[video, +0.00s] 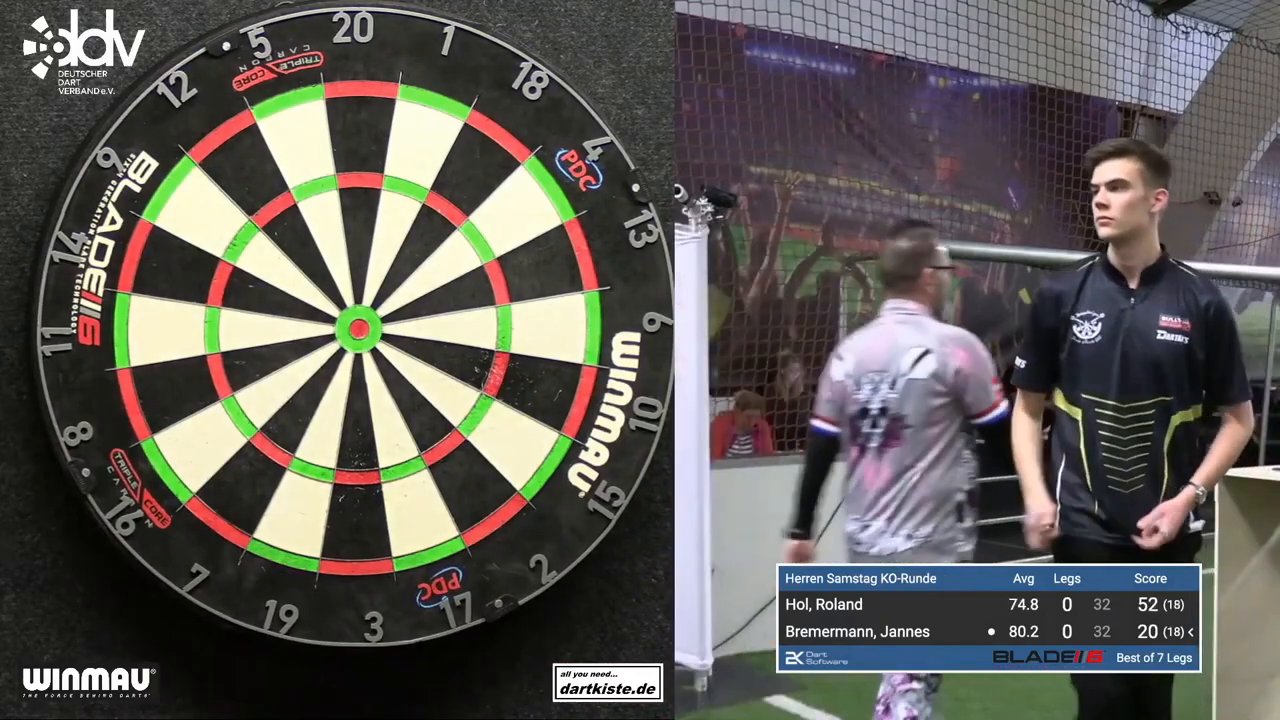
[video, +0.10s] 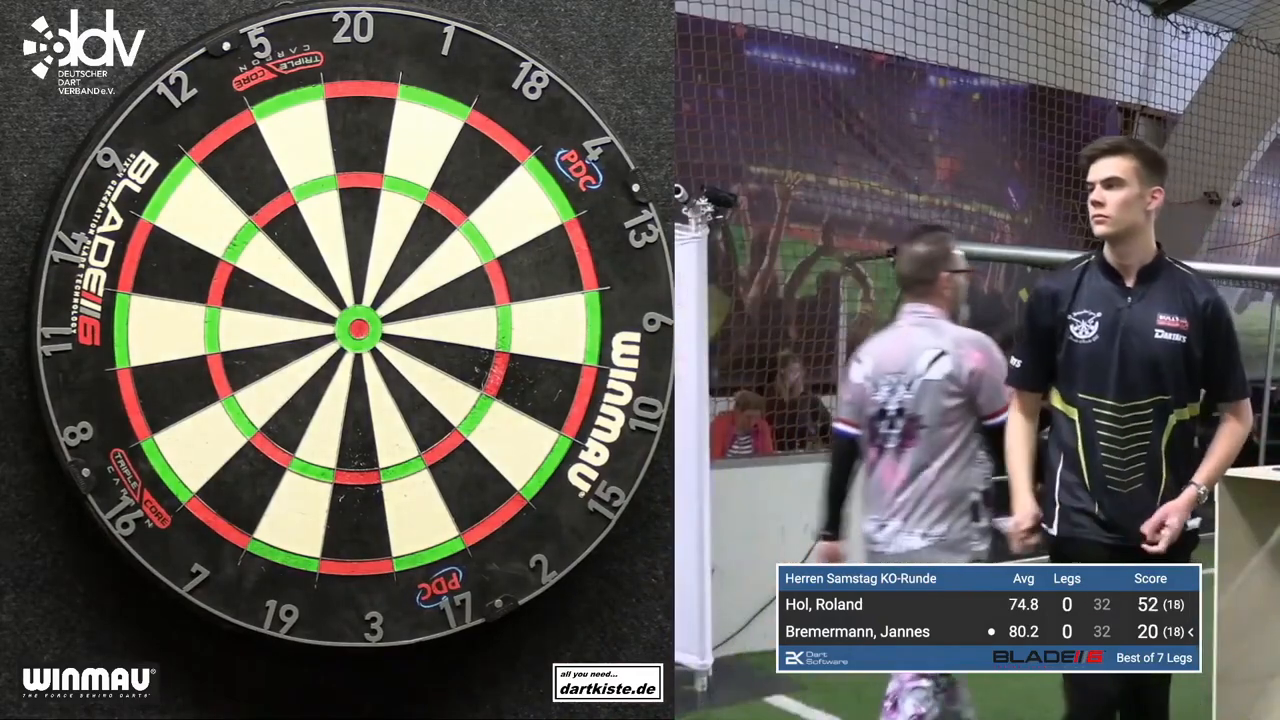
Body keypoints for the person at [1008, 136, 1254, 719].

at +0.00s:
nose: (1100, 200)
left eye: (1116, 188)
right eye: (1095, 190)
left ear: (1158, 201)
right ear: (1089, 203)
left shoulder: (1202, 305)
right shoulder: (1058, 298)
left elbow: (1239, 419)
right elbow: (1028, 409)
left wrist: (1186, 499)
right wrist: (1035, 496)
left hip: (1167, 536)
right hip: (1082, 533)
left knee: (1153, 693)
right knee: (1098, 694)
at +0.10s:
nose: (1095, 198)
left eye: (1111, 186)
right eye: (1090, 188)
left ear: (1153, 199)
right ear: (1085, 201)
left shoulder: (1199, 303)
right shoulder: (1053, 296)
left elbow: (1238, 415)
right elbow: (1024, 407)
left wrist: (1189, 499)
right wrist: (1022, 498)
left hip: (1164, 536)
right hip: (1079, 533)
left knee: (1149, 697)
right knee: (1089, 698)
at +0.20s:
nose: (1089, 197)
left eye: (1105, 184)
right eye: (1084, 187)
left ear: (1148, 197)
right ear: (1078, 199)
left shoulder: (1194, 299)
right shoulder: (1049, 296)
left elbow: (1235, 412)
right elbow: (1018, 409)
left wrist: (1190, 497)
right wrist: (1009, 503)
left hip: (1161, 536)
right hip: (1074, 534)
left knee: (1146, 696)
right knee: (1074, 696)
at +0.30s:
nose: (1074, 195)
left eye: (1091, 182)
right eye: (1069, 185)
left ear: (1135, 194)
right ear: (1064, 196)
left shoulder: (1182, 296)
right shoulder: (1038, 296)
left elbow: (1226, 408)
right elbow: (1005, 411)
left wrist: (1189, 496)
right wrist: (984, 511)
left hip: (1151, 536)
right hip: (1063, 537)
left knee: (1144, 702)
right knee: (1064, 701)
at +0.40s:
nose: (1060, 192)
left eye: (1077, 180)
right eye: (1056, 183)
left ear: (1122, 192)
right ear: (1050, 194)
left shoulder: (1170, 293)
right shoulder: (1027, 294)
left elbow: (1217, 403)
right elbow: (993, 414)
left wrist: (1187, 495)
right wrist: (967, 521)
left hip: (1145, 538)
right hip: (1058, 539)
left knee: (1141, 704)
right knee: (1060, 703)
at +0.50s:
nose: (1036, 190)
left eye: (1053, 176)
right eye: (1031, 180)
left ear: (1100, 188)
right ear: (1027, 193)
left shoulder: (1154, 289)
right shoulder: (1007, 296)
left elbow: (1207, 397)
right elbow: (974, 424)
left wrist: (1180, 495)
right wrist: (939, 530)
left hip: (1141, 534)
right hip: (1052, 538)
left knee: (1147, 698)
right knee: (1058, 702)